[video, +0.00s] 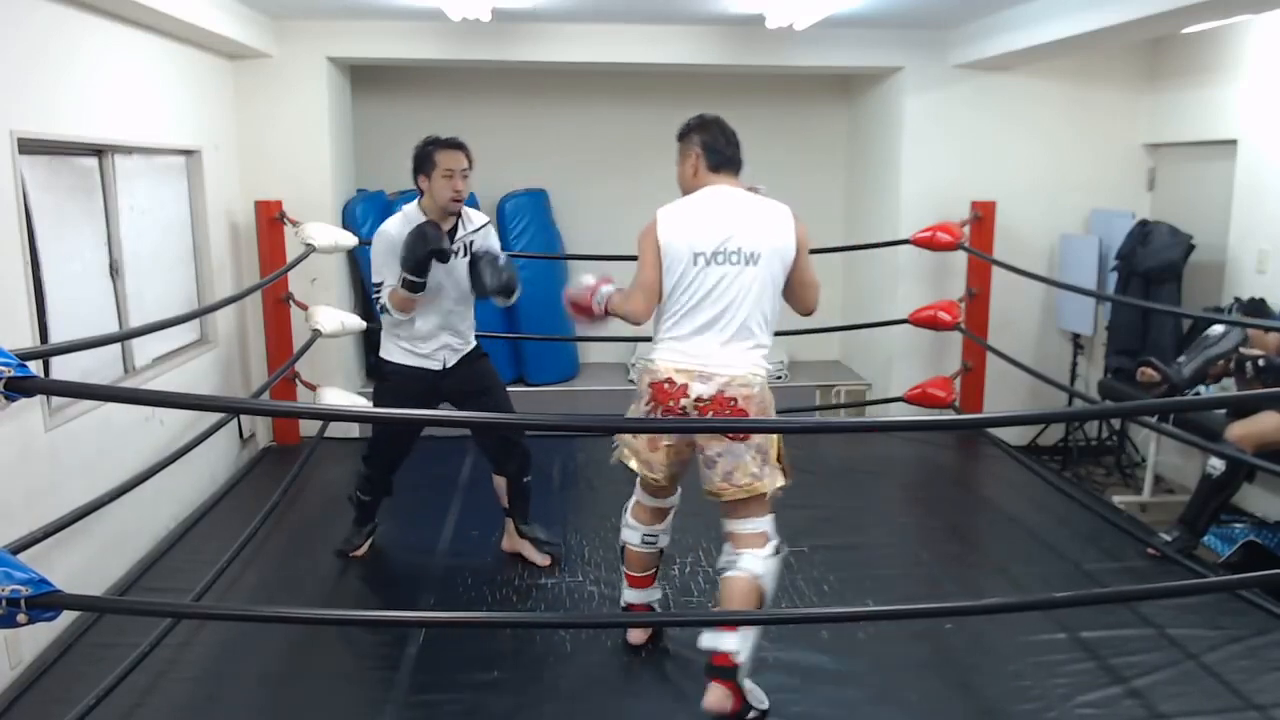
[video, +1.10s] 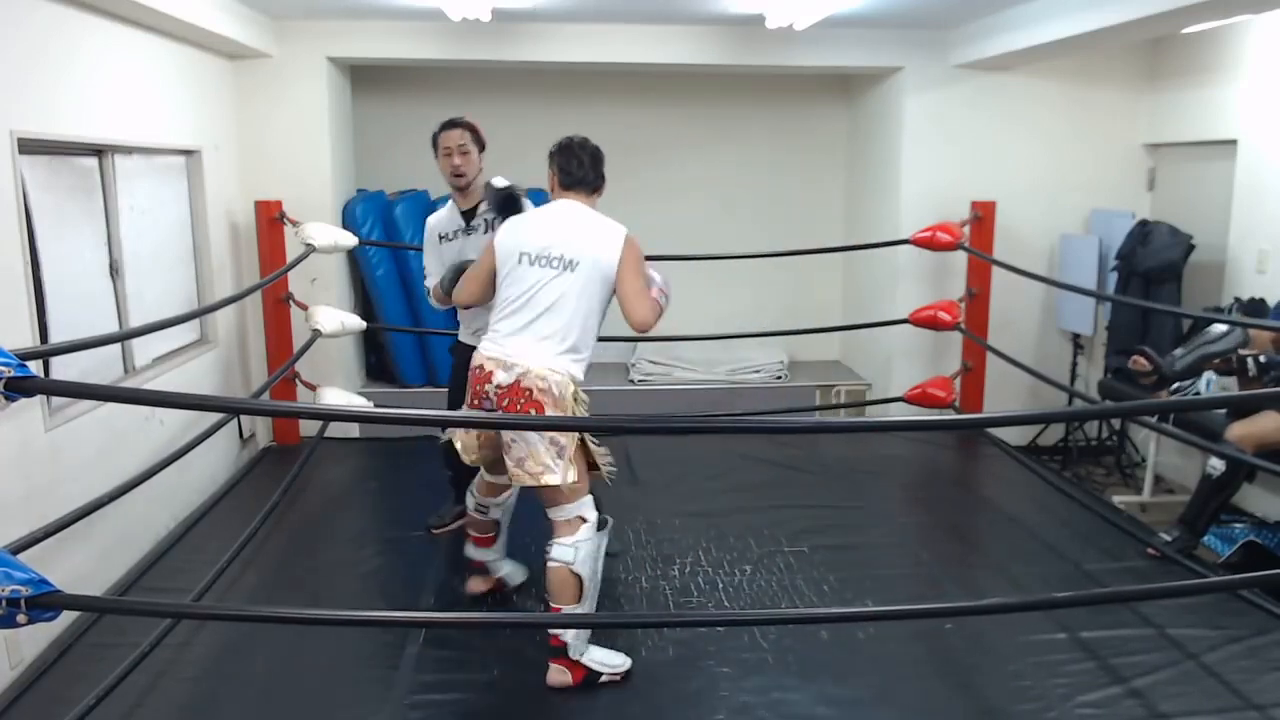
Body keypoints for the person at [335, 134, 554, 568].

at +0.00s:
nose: (460, 185)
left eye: (465, 175)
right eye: (449, 176)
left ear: (470, 179)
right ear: (423, 180)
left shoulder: (477, 223)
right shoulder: (392, 232)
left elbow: (504, 284)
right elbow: (396, 308)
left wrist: (500, 283)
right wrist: (414, 273)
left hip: (463, 355)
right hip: (405, 361)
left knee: (509, 441)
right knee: (384, 454)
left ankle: (516, 533)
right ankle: (362, 528)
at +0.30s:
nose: (473, 191)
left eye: (479, 181)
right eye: (463, 181)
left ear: (485, 185)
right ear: (438, 184)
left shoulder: (491, 227)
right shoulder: (410, 229)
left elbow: (504, 298)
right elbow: (418, 301)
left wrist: (501, 258)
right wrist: (435, 263)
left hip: (475, 351)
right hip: (417, 354)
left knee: (518, 436)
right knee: (391, 445)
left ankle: (563, 511)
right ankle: (364, 524)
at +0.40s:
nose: (485, 179)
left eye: (491, 171)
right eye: (475, 171)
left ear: (499, 175)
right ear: (453, 176)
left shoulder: (507, 220)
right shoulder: (428, 223)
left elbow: (521, 294)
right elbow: (453, 276)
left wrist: (515, 242)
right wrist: (488, 237)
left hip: (493, 353)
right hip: (433, 352)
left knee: (530, 443)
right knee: (398, 439)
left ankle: (565, 522)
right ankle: (366, 516)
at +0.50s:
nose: (486, 175)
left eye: (494, 164)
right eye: (476, 164)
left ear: (503, 168)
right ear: (456, 167)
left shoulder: (512, 215)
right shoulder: (434, 212)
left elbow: (533, 288)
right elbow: (461, 251)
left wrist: (519, 245)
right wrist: (518, 232)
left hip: (503, 349)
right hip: (445, 347)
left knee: (540, 428)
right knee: (409, 428)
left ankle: (555, 508)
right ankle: (413, 490)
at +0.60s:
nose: (486, 174)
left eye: (493, 163)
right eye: (476, 164)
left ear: (502, 166)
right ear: (457, 168)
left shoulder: (516, 216)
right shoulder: (435, 215)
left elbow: (534, 279)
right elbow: (448, 281)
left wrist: (520, 247)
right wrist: (506, 278)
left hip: (507, 346)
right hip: (449, 348)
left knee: (539, 431)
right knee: (427, 442)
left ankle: (560, 511)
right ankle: (462, 498)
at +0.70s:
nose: (474, 180)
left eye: (481, 170)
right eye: (464, 171)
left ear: (491, 172)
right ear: (447, 175)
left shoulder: (512, 220)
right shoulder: (425, 225)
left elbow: (537, 277)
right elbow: (409, 294)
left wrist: (508, 246)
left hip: (509, 352)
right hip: (452, 357)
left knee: (546, 435)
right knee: (438, 453)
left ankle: (568, 522)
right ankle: (469, 507)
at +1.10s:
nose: (457, 162)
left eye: (464, 152)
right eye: (447, 154)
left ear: (481, 155)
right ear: (438, 163)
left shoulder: (512, 204)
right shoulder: (435, 224)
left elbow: (539, 252)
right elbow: (434, 294)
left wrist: (518, 214)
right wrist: (446, 286)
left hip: (519, 337)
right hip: (470, 340)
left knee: (531, 422)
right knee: (460, 427)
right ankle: (465, 504)